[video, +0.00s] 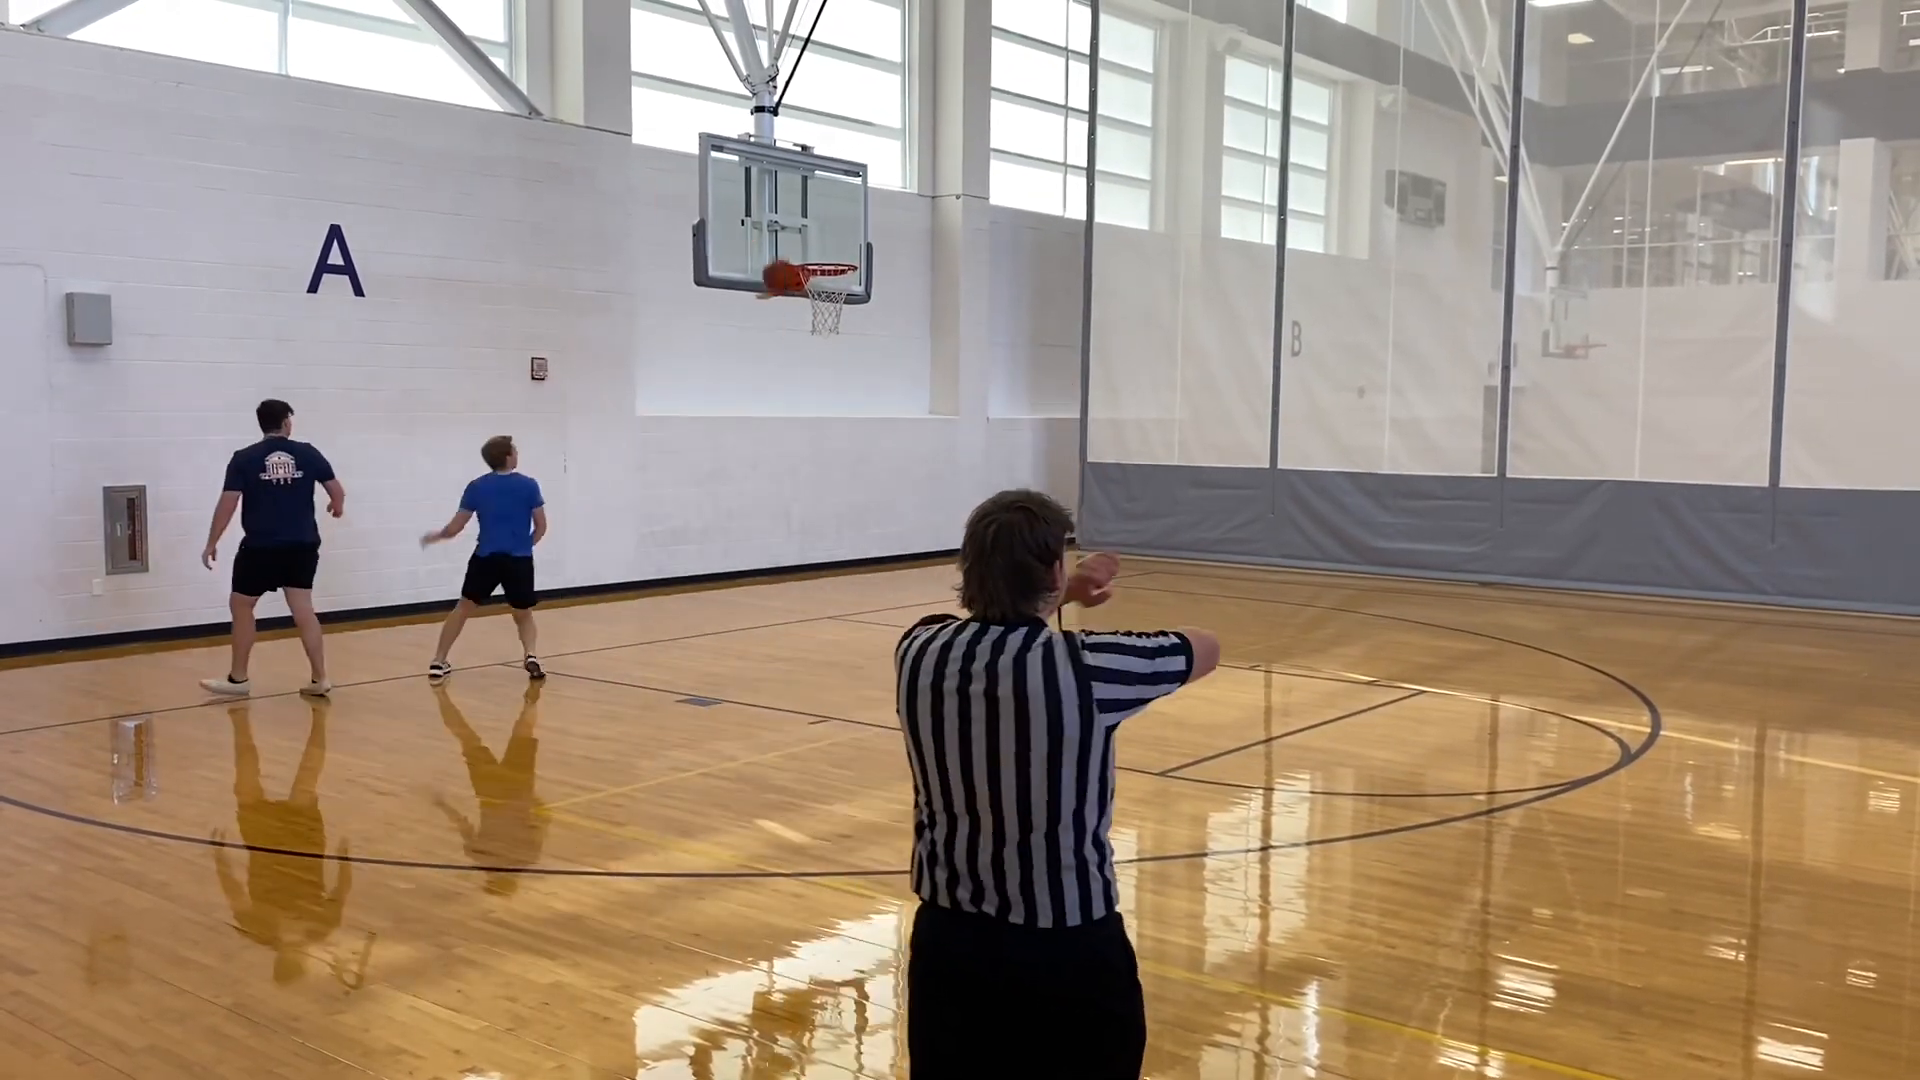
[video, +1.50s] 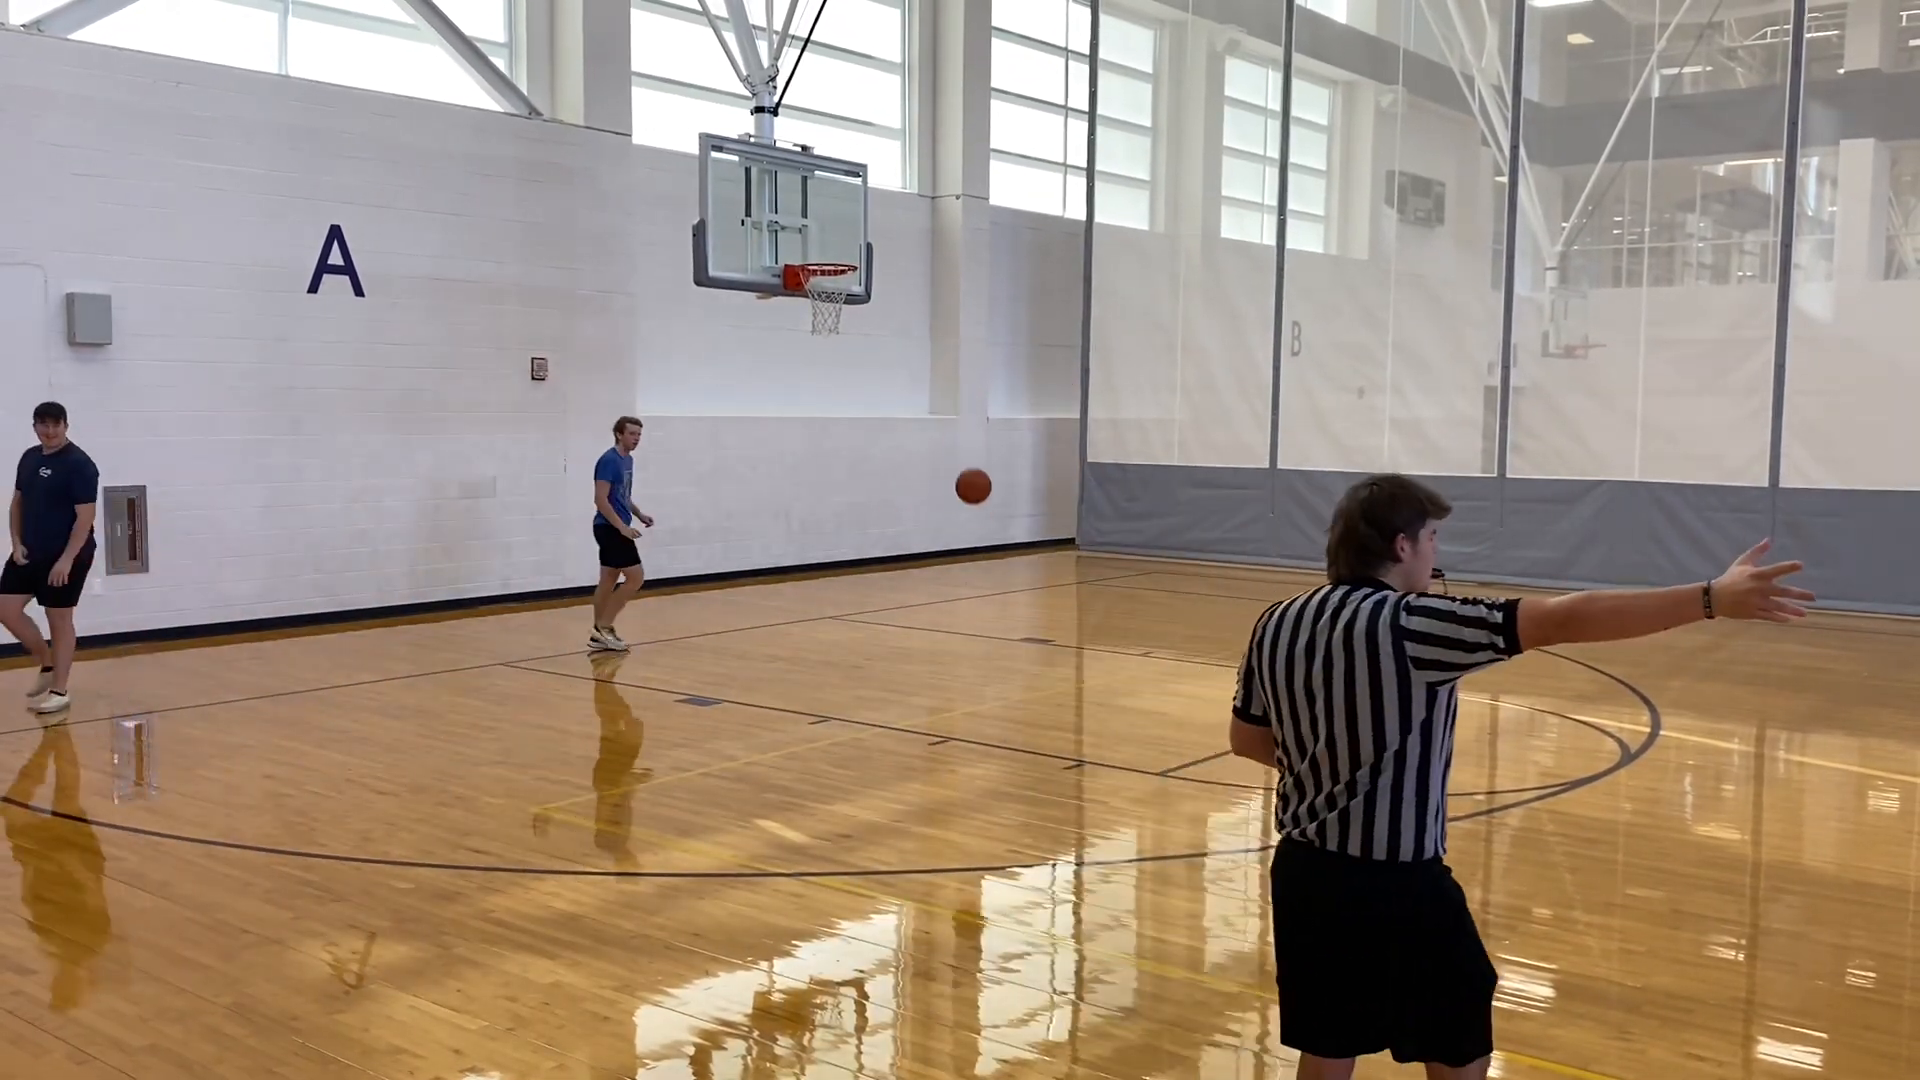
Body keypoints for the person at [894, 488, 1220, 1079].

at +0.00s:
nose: (1071, 562)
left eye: (1070, 553)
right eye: (1066, 552)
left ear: (975, 568)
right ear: (1054, 571)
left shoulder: (918, 653)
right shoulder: (1083, 665)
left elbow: (984, 616)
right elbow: (1206, 650)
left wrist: (1063, 588)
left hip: (949, 948)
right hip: (1073, 952)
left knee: (946, 1072)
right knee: (1095, 1070)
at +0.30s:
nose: (1155, 559)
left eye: (1152, 549)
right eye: (1150, 549)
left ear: (1062, 559)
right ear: (1141, 568)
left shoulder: (1005, 641)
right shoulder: (1170, 656)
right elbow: (1277, 650)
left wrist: (1121, 594)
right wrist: (1204, 594)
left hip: (1026, 920)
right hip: (1139, 925)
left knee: (1040, 1067)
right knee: (1142, 1067)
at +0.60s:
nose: (1209, 566)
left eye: (1205, 550)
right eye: (1208, 553)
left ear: (1118, 560)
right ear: (1197, 564)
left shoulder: (1062, 639)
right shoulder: (1223, 655)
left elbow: (1137, 652)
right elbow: (1324, 689)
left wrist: (1216, 631)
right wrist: (1251, 643)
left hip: (1085, 906)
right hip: (1190, 913)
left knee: (1119, 1062)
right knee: (1194, 1062)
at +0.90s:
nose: (1283, 570)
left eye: (1278, 554)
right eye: (1275, 554)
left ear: (1194, 564)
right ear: (1248, 565)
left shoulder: (1131, 648)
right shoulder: (1284, 660)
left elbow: (1110, 757)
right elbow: (1430, 742)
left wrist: (1186, 750)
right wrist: (1402, 636)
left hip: (1161, 902)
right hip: (1254, 910)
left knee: (1191, 1060)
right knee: (1255, 1059)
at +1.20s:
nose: (1373, 557)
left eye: (1371, 542)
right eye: (1364, 541)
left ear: (1287, 548)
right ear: (1324, 547)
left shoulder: (1212, 630)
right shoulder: (1345, 628)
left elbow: (1179, 746)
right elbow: (1505, 636)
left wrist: (1258, 756)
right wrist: (1636, 572)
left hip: (1246, 887)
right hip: (1334, 894)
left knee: (1299, 1059)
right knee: (1359, 1058)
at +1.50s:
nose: (1437, 558)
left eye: (1436, 541)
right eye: (1432, 540)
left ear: (1355, 541)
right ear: (1400, 541)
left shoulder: (1277, 624)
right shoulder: (1412, 620)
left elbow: (1246, 736)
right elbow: (1560, 618)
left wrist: (1325, 756)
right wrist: (1709, 598)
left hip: (1302, 875)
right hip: (1401, 882)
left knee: (1324, 1052)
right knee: (1460, 1053)